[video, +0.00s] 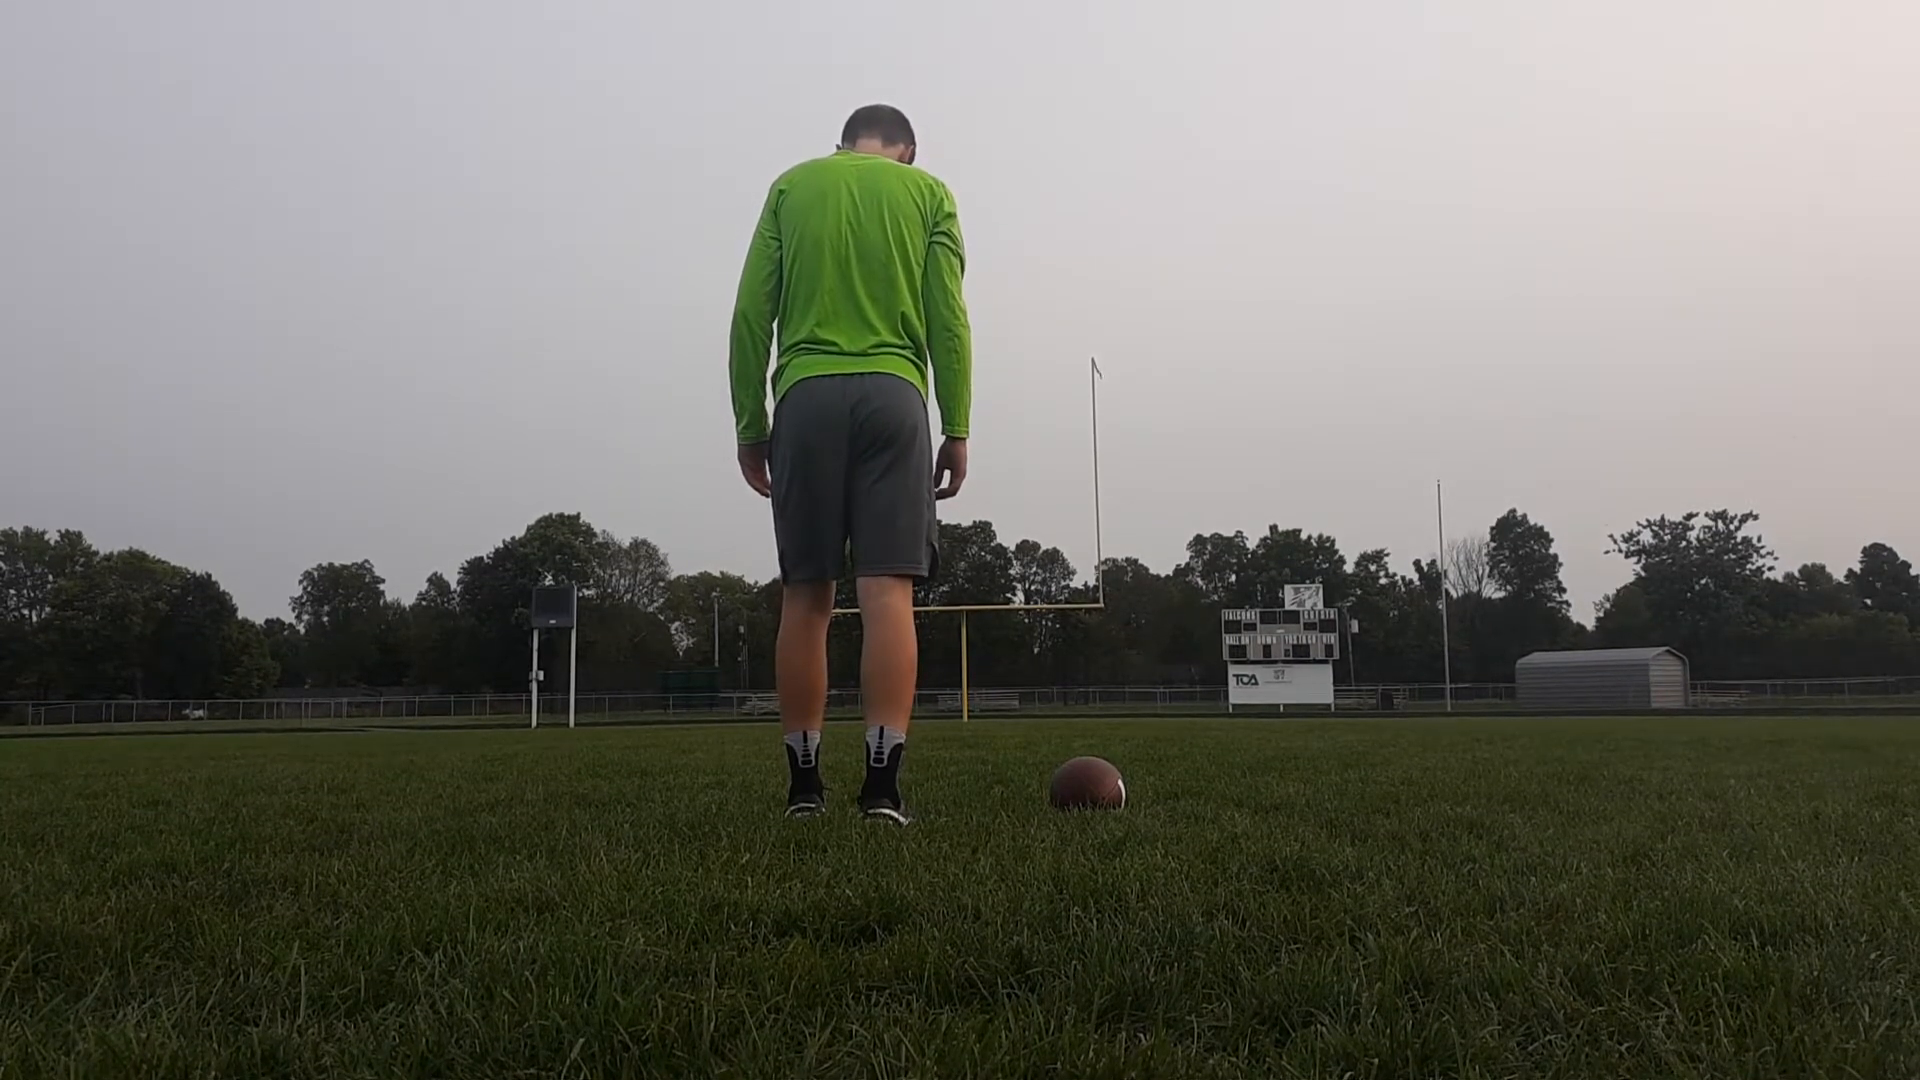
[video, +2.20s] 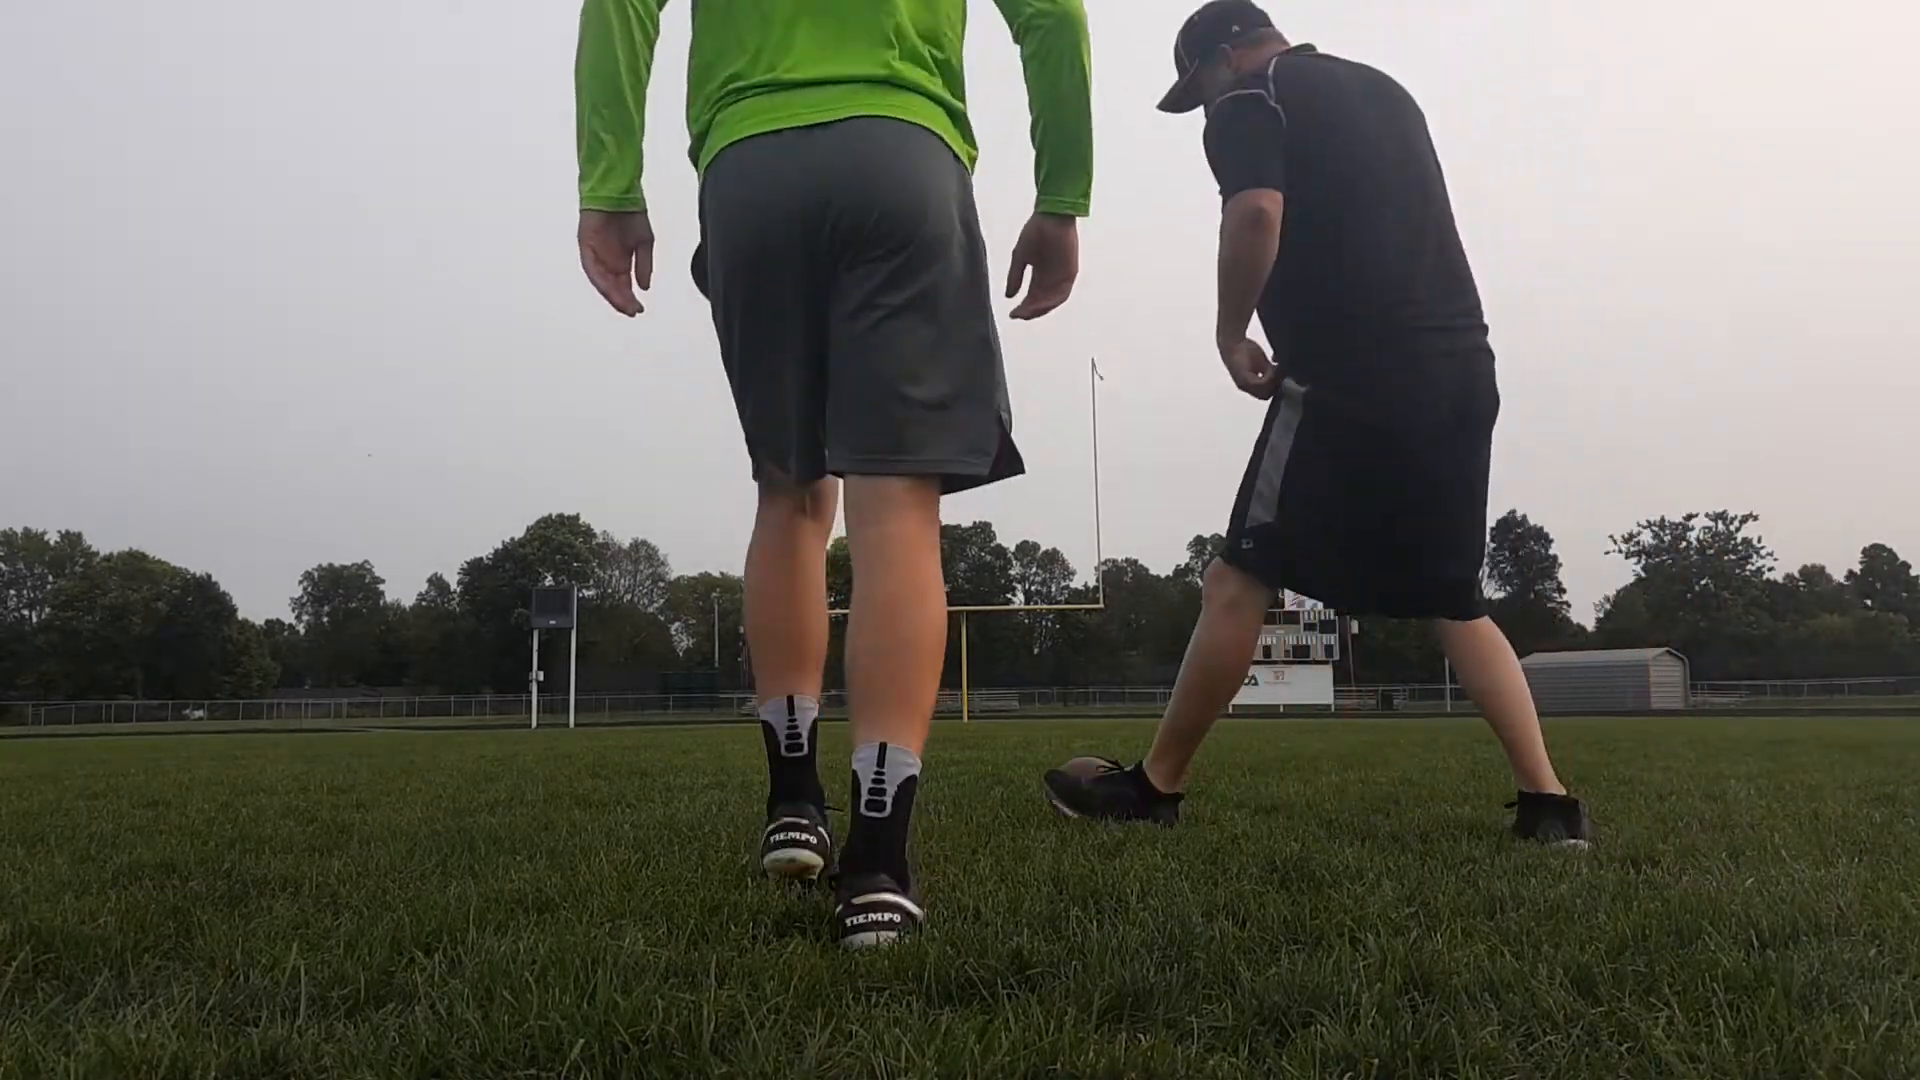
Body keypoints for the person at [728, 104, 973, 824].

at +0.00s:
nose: (910, 170)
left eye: (905, 161)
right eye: (912, 160)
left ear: (843, 141)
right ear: (906, 148)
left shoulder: (792, 184)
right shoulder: (927, 191)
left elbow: (751, 310)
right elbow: (947, 313)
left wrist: (751, 426)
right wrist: (957, 427)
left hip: (807, 397)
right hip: (893, 397)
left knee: (806, 593)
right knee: (889, 591)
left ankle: (805, 787)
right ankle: (882, 792)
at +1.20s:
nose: (868, 50)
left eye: (819, 40)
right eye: (873, 38)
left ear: (797, 34)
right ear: (874, 33)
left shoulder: (754, 93)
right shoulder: (923, 91)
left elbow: (698, 258)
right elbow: (972, 219)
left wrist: (720, 384)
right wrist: (983, 357)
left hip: (788, 342)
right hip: (894, 350)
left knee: (795, 582)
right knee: (887, 586)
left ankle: (804, 818)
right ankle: (887, 786)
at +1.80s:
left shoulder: (710, 2)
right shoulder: (929, 4)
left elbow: (647, 105)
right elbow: (974, 99)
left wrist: (653, 285)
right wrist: (998, 271)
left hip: (756, 253)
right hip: (882, 247)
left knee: (786, 547)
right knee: (906, 534)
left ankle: (803, 826)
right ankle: (892, 730)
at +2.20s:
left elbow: (618, 7)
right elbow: (1051, 16)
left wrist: (610, 184)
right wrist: (1060, 200)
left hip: (749, 157)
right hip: (906, 148)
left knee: (790, 493)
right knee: (899, 505)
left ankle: (792, 801)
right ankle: (879, 864)